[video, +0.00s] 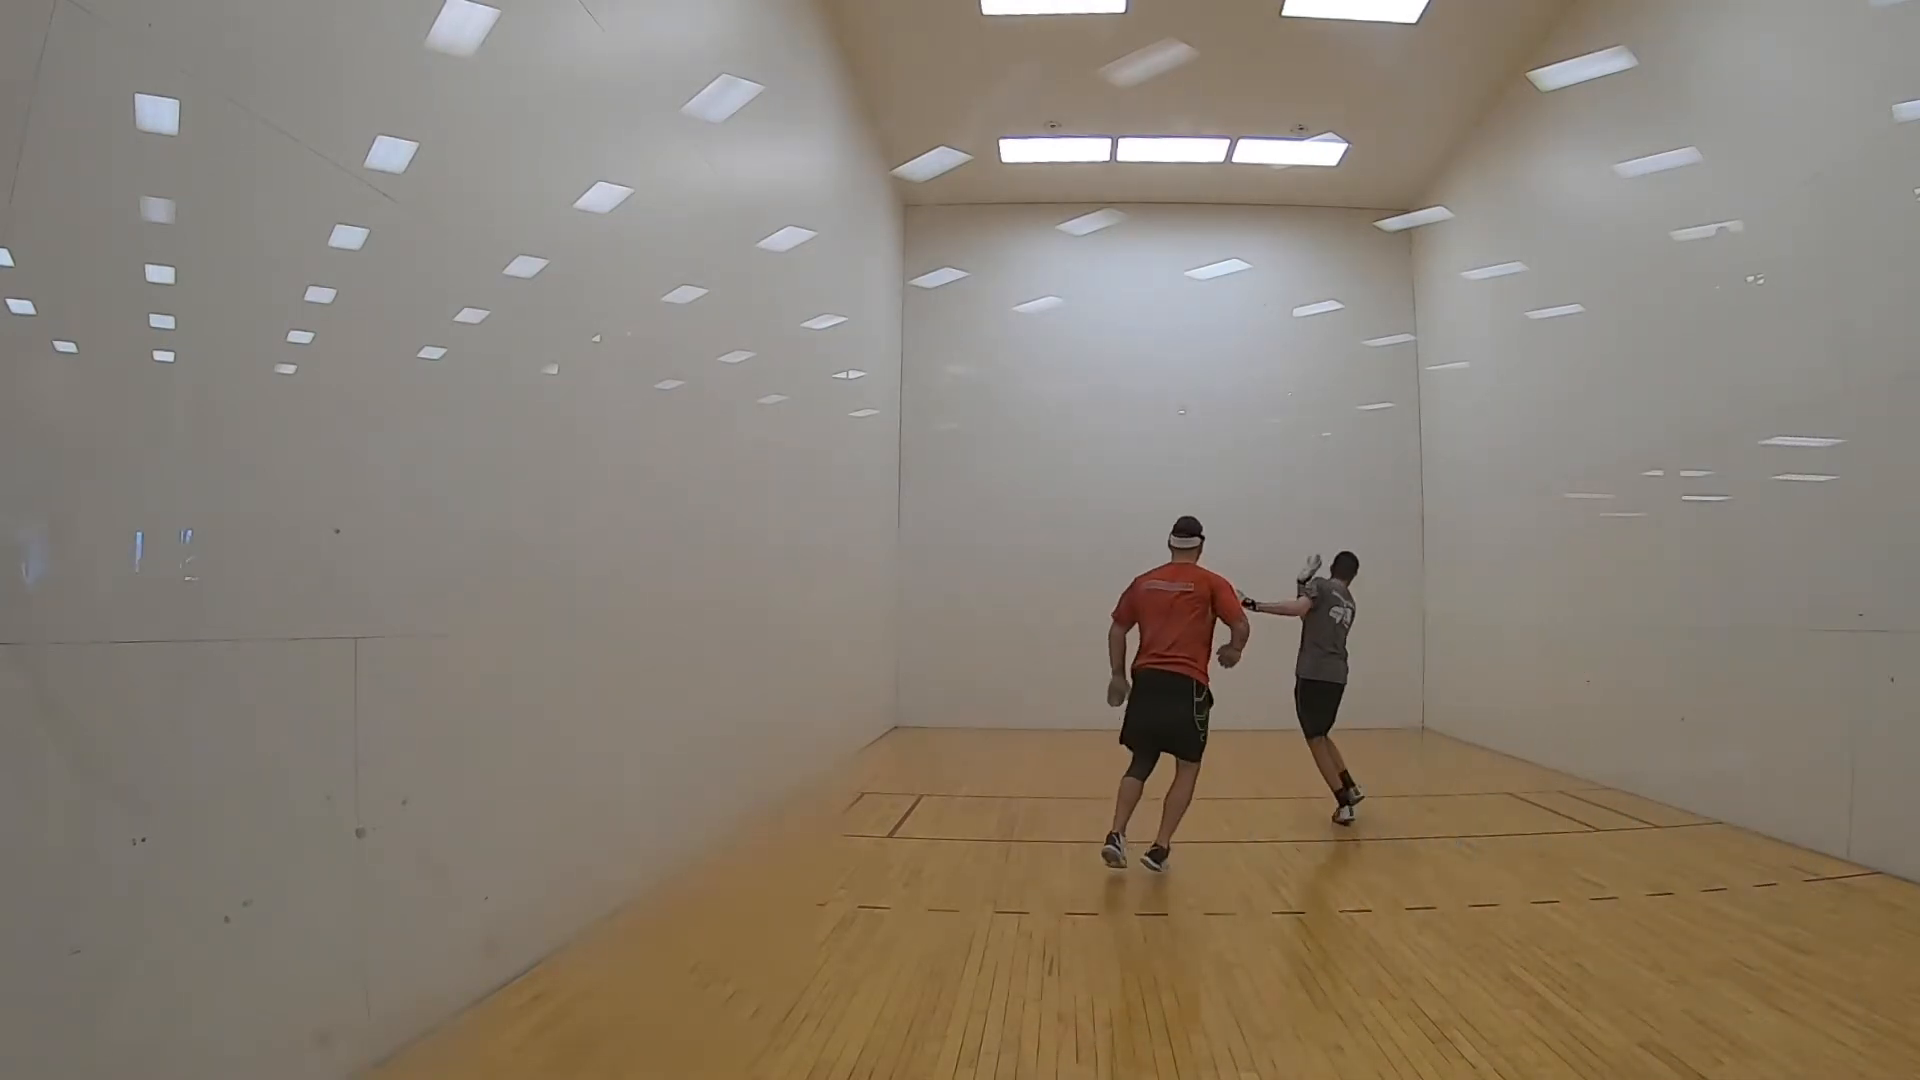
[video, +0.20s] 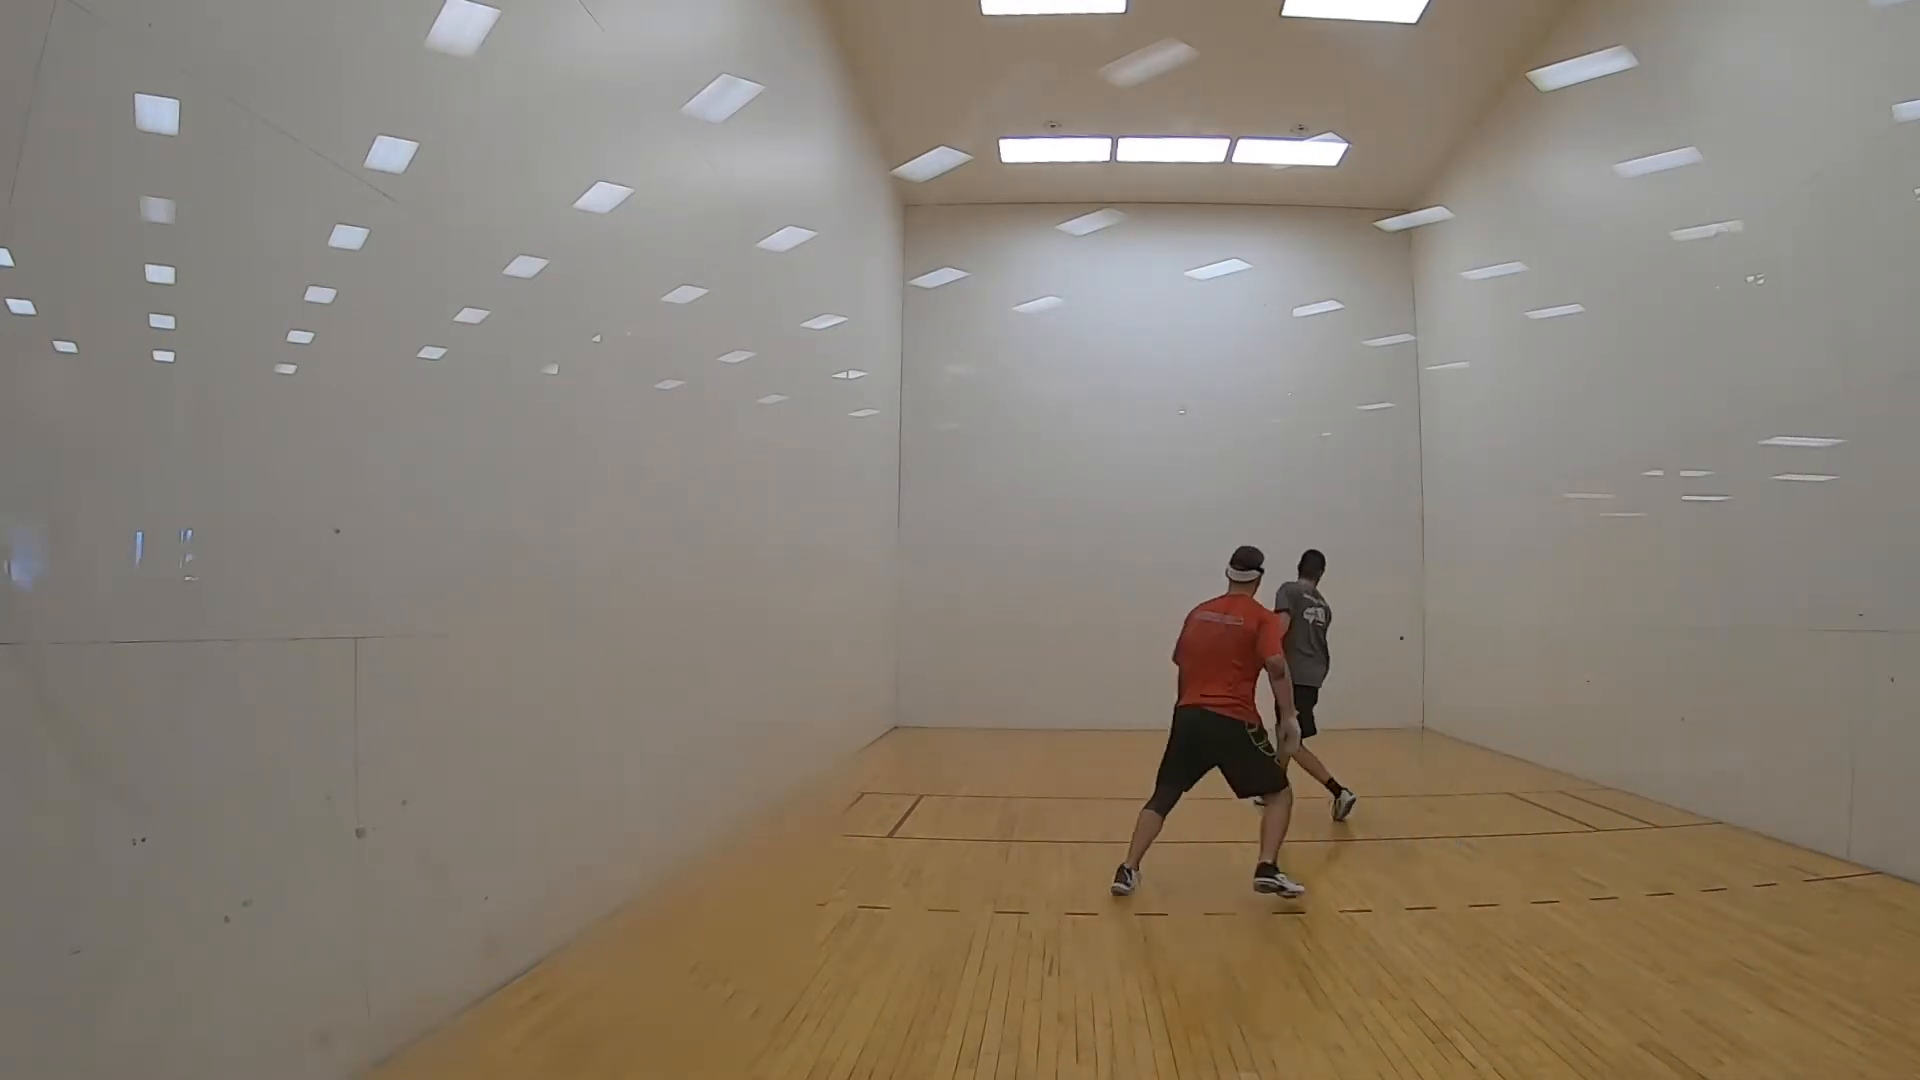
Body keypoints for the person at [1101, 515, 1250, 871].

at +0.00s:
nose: (1191, 551)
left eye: (1180, 544)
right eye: (1197, 545)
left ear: (1169, 545)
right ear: (1201, 546)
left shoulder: (1143, 582)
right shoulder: (1213, 583)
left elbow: (1118, 629)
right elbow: (1240, 624)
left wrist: (1118, 674)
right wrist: (1235, 648)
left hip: (1146, 684)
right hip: (1188, 688)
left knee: (1140, 762)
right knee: (1187, 769)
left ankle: (1115, 835)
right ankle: (1160, 848)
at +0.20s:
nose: (1251, 580)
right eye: (1256, 576)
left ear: (1227, 575)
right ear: (1259, 578)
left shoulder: (1199, 612)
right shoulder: (1263, 617)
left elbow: (1181, 659)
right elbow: (1276, 668)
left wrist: (1193, 704)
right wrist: (1288, 717)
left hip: (1189, 723)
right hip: (1235, 727)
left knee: (1162, 797)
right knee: (1278, 792)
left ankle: (1128, 868)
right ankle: (1267, 868)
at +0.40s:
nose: (1385, 580)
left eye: (1380, 573)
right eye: (1386, 575)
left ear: (1352, 571)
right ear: (1384, 577)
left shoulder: (1323, 606)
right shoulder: (1372, 621)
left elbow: (1307, 656)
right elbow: (1394, 683)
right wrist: (1420, 716)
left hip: (1291, 716)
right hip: (1323, 727)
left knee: (1286, 797)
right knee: (1341, 814)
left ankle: (1225, 841)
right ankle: (1270, 879)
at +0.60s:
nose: (1511, 582)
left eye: (1506, 574)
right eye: (1513, 576)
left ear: (1478, 572)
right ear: (1511, 577)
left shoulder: (1446, 608)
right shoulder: (1508, 620)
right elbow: (1514, 684)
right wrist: (1511, 720)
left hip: (1434, 719)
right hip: (1454, 727)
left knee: (1494, 777)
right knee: (1415, 815)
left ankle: (1498, 871)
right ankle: (1333, 856)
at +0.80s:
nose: (1661, 585)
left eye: (1661, 578)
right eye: (1662, 577)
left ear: (1627, 571)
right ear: (1656, 577)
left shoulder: (1597, 606)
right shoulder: (1635, 616)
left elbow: (1580, 673)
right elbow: (1658, 663)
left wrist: (1611, 715)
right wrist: (1708, 674)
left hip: (1565, 728)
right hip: (1597, 734)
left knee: (1581, 807)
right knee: (1668, 792)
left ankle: (1520, 872)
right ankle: (1613, 872)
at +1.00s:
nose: (1826, 597)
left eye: (1829, 590)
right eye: (1828, 589)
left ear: (1800, 575)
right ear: (1823, 585)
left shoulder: (1757, 597)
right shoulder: (1802, 615)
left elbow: (1714, 607)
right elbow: (1816, 604)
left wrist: (1699, 612)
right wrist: (1864, 578)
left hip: (1722, 742)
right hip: (1765, 749)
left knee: (1681, 813)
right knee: (1840, 810)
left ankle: (1602, 860)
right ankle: (1887, 901)